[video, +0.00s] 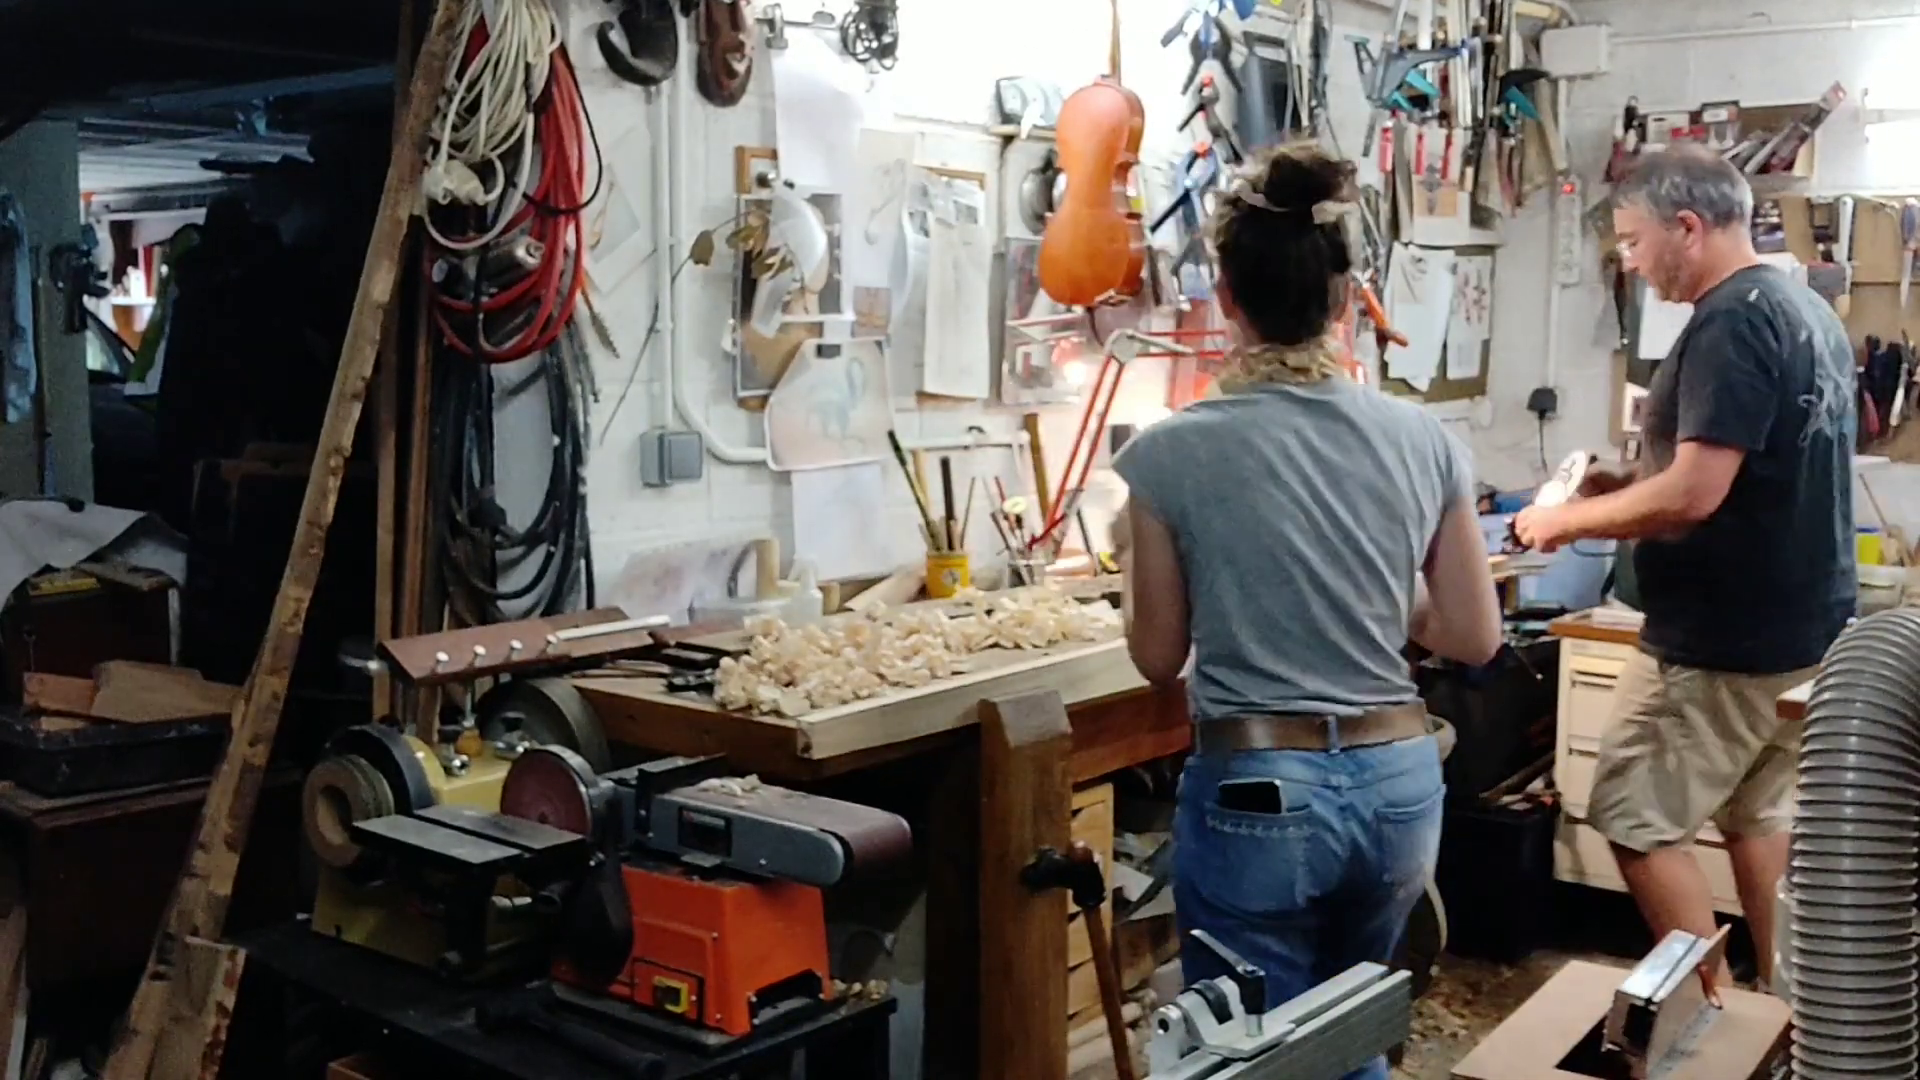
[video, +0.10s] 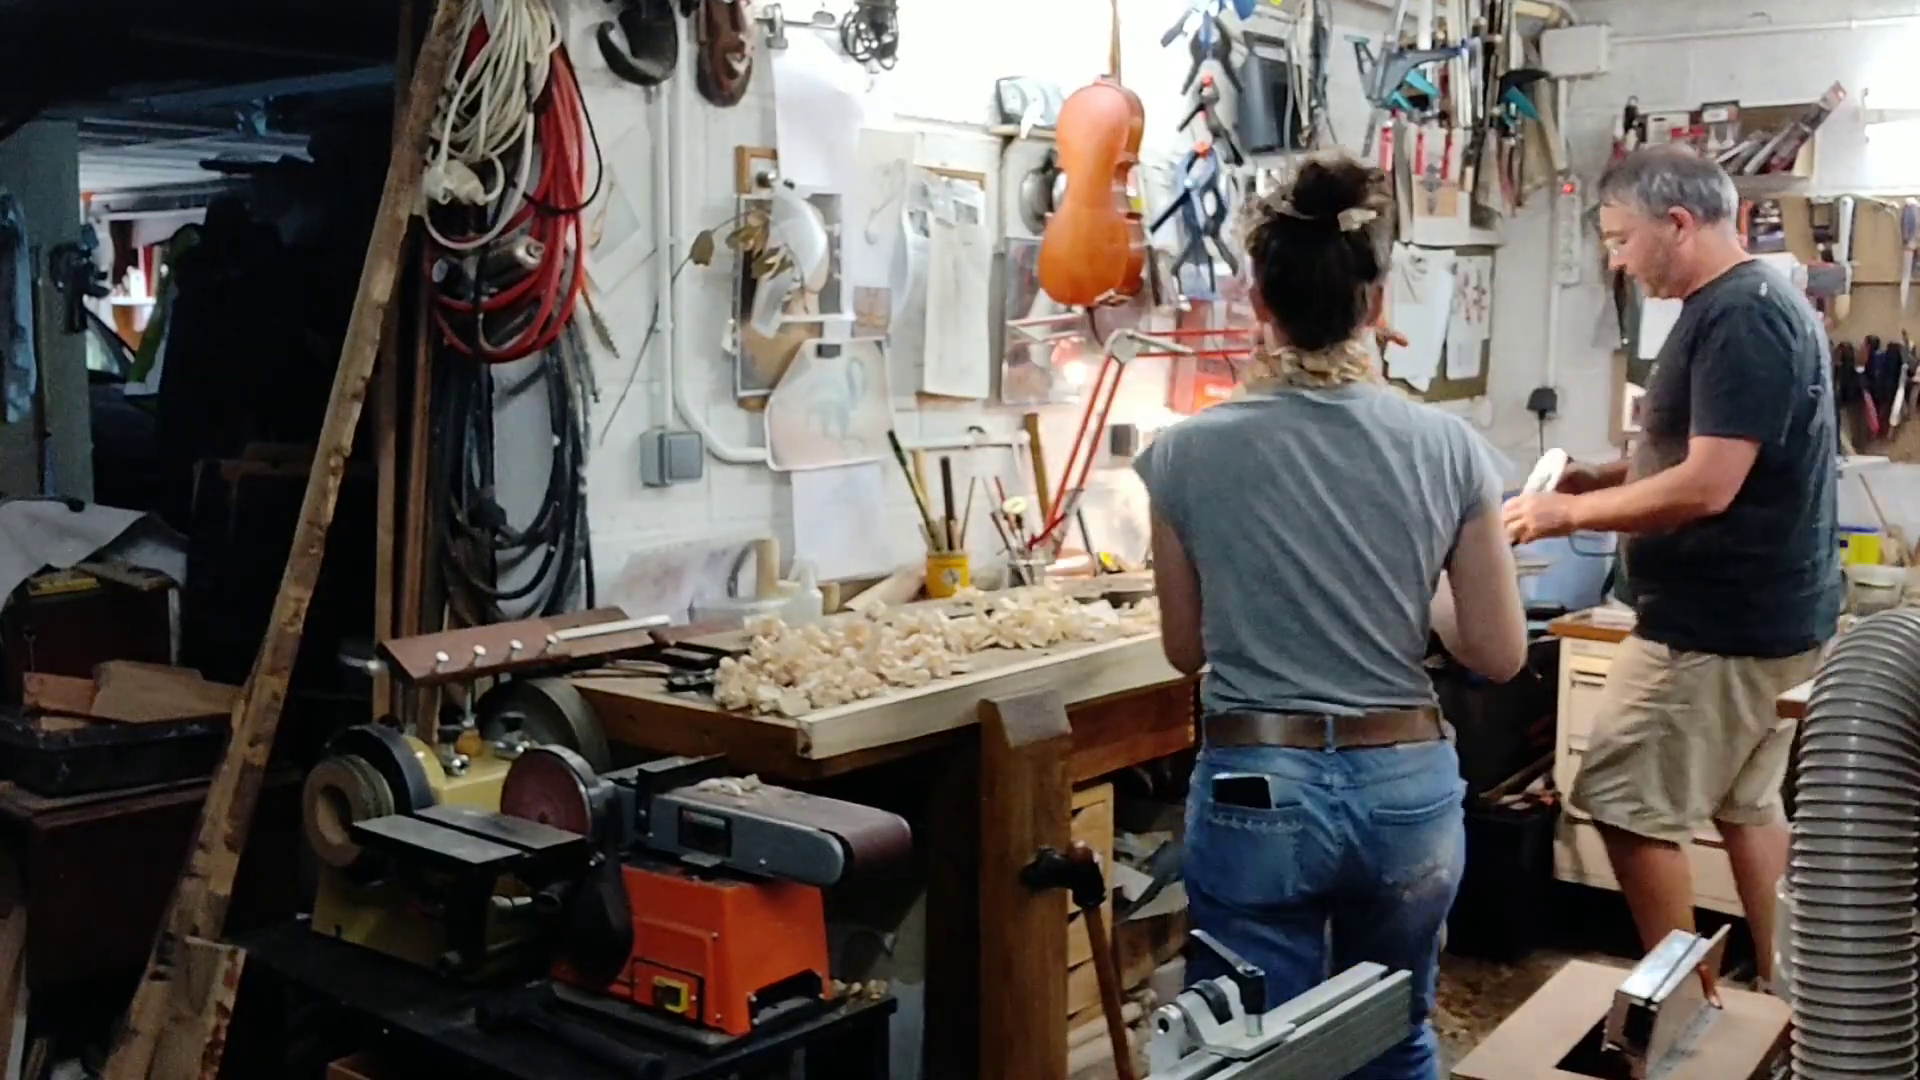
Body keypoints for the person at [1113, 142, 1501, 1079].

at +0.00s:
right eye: (1351, 284)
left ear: (1228, 299)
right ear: (1349, 299)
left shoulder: (1172, 451)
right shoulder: (1422, 437)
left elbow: (1156, 653)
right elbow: (1473, 638)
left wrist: (1224, 574)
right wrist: (1391, 605)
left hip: (1255, 795)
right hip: (1402, 782)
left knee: (1245, 1051)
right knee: (1364, 1037)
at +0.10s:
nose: (1387, 307)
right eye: (1384, 292)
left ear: (1258, 306)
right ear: (1377, 305)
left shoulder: (1186, 454)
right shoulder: (1447, 447)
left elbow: (1185, 648)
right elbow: (1497, 653)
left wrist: (1268, 592)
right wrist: (1423, 596)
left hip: (1254, 785)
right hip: (1411, 779)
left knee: (1258, 1048)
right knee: (1399, 1034)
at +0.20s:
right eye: (1415, 302)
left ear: (1294, 312)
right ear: (1410, 313)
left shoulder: (1216, 456)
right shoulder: (1474, 455)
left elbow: (1229, 639)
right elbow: (1519, 664)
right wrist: (1461, 586)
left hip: (1268, 781)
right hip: (1428, 780)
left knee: (1273, 1049)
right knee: (1427, 1036)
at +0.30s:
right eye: (1460, 310)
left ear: (1336, 322)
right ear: (1453, 319)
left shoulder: (1260, 461)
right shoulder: (1505, 462)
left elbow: (1279, 619)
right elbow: (1542, 669)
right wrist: (1482, 598)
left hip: (1303, 772)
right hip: (1462, 774)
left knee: (1302, 1051)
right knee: (1450, 1041)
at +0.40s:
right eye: (1508, 301)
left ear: (1376, 311)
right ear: (1494, 317)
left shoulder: (1313, 457)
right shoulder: (1546, 458)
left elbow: (1334, 613)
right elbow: (1572, 662)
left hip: (1343, 756)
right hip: (1495, 761)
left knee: (1333, 1037)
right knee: (1476, 1039)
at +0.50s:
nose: (1555, 306)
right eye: (1551, 291)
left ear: (1427, 308)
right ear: (1535, 306)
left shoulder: (1360, 441)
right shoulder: (1576, 443)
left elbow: (1369, 588)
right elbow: (1607, 645)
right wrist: (1592, 550)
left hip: (1376, 741)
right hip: (1518, 748)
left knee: (1374, 1013)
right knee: (1492, 1030)